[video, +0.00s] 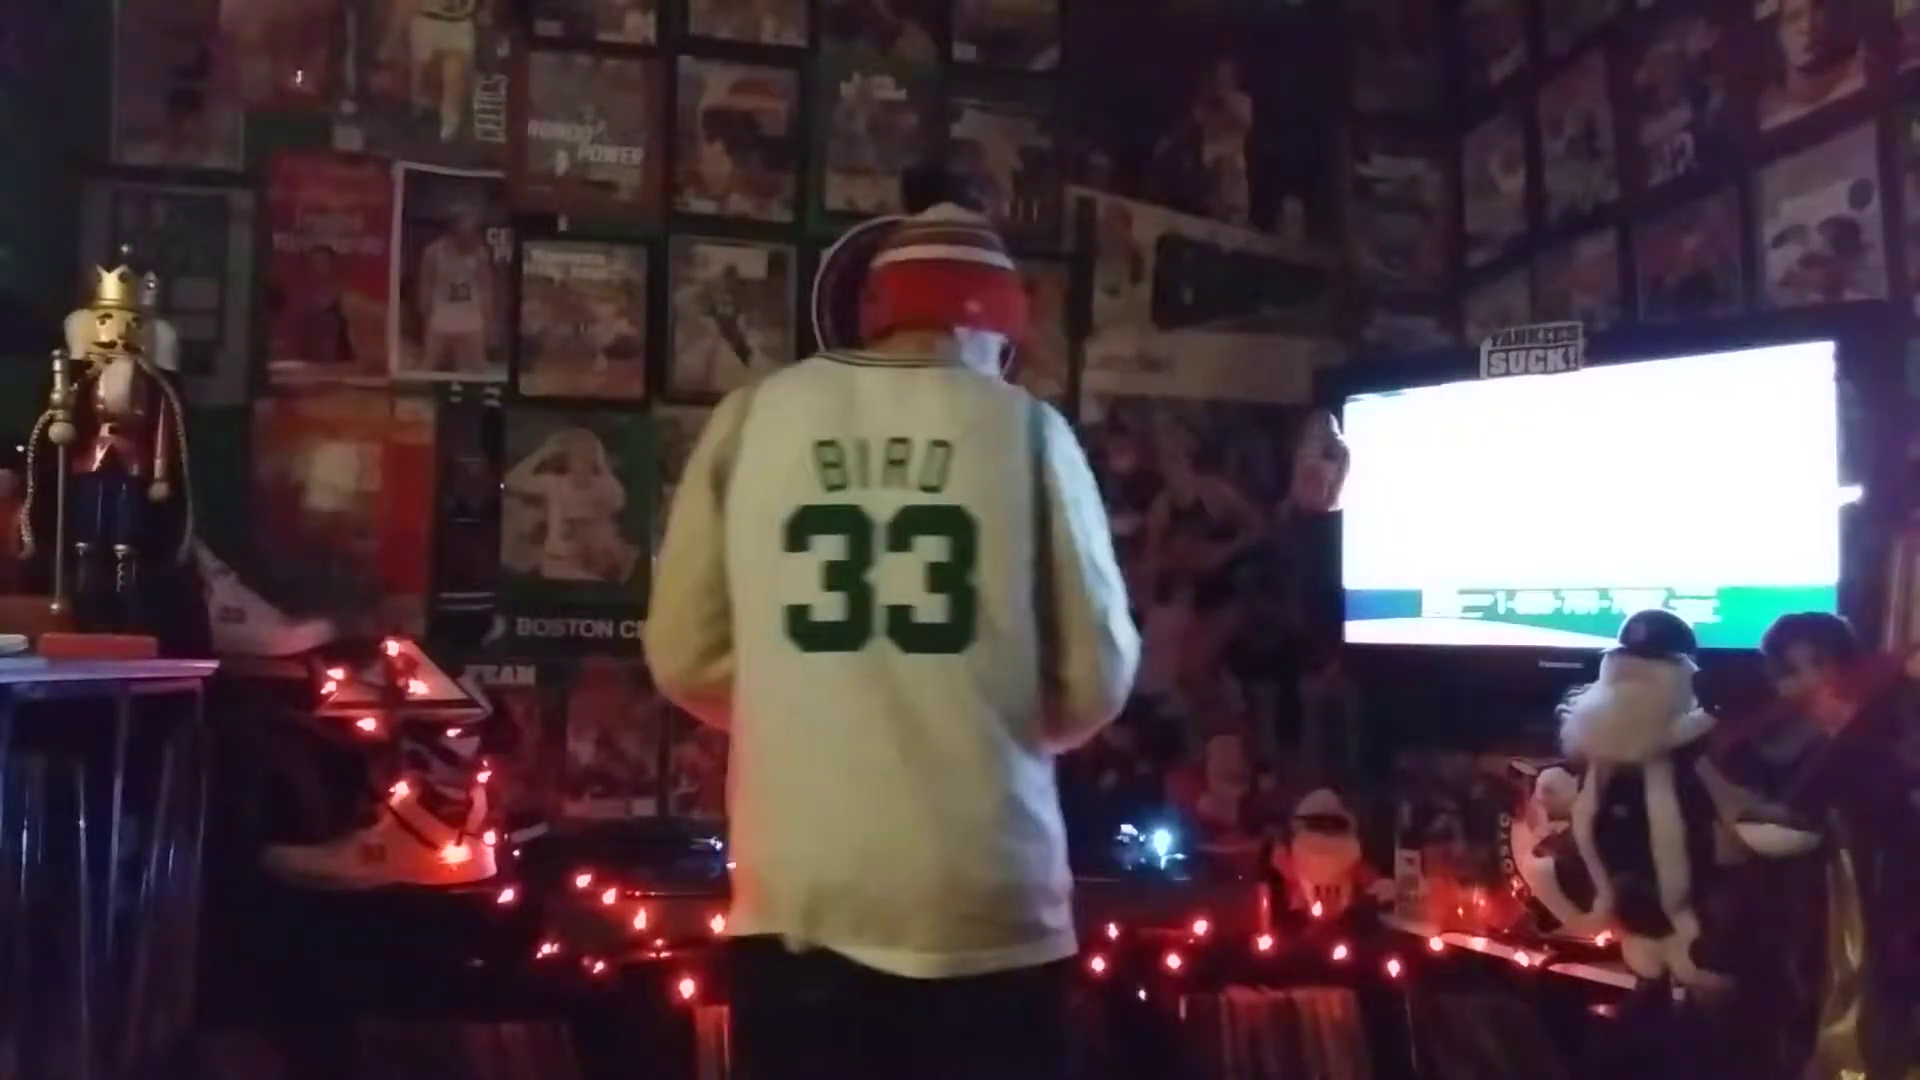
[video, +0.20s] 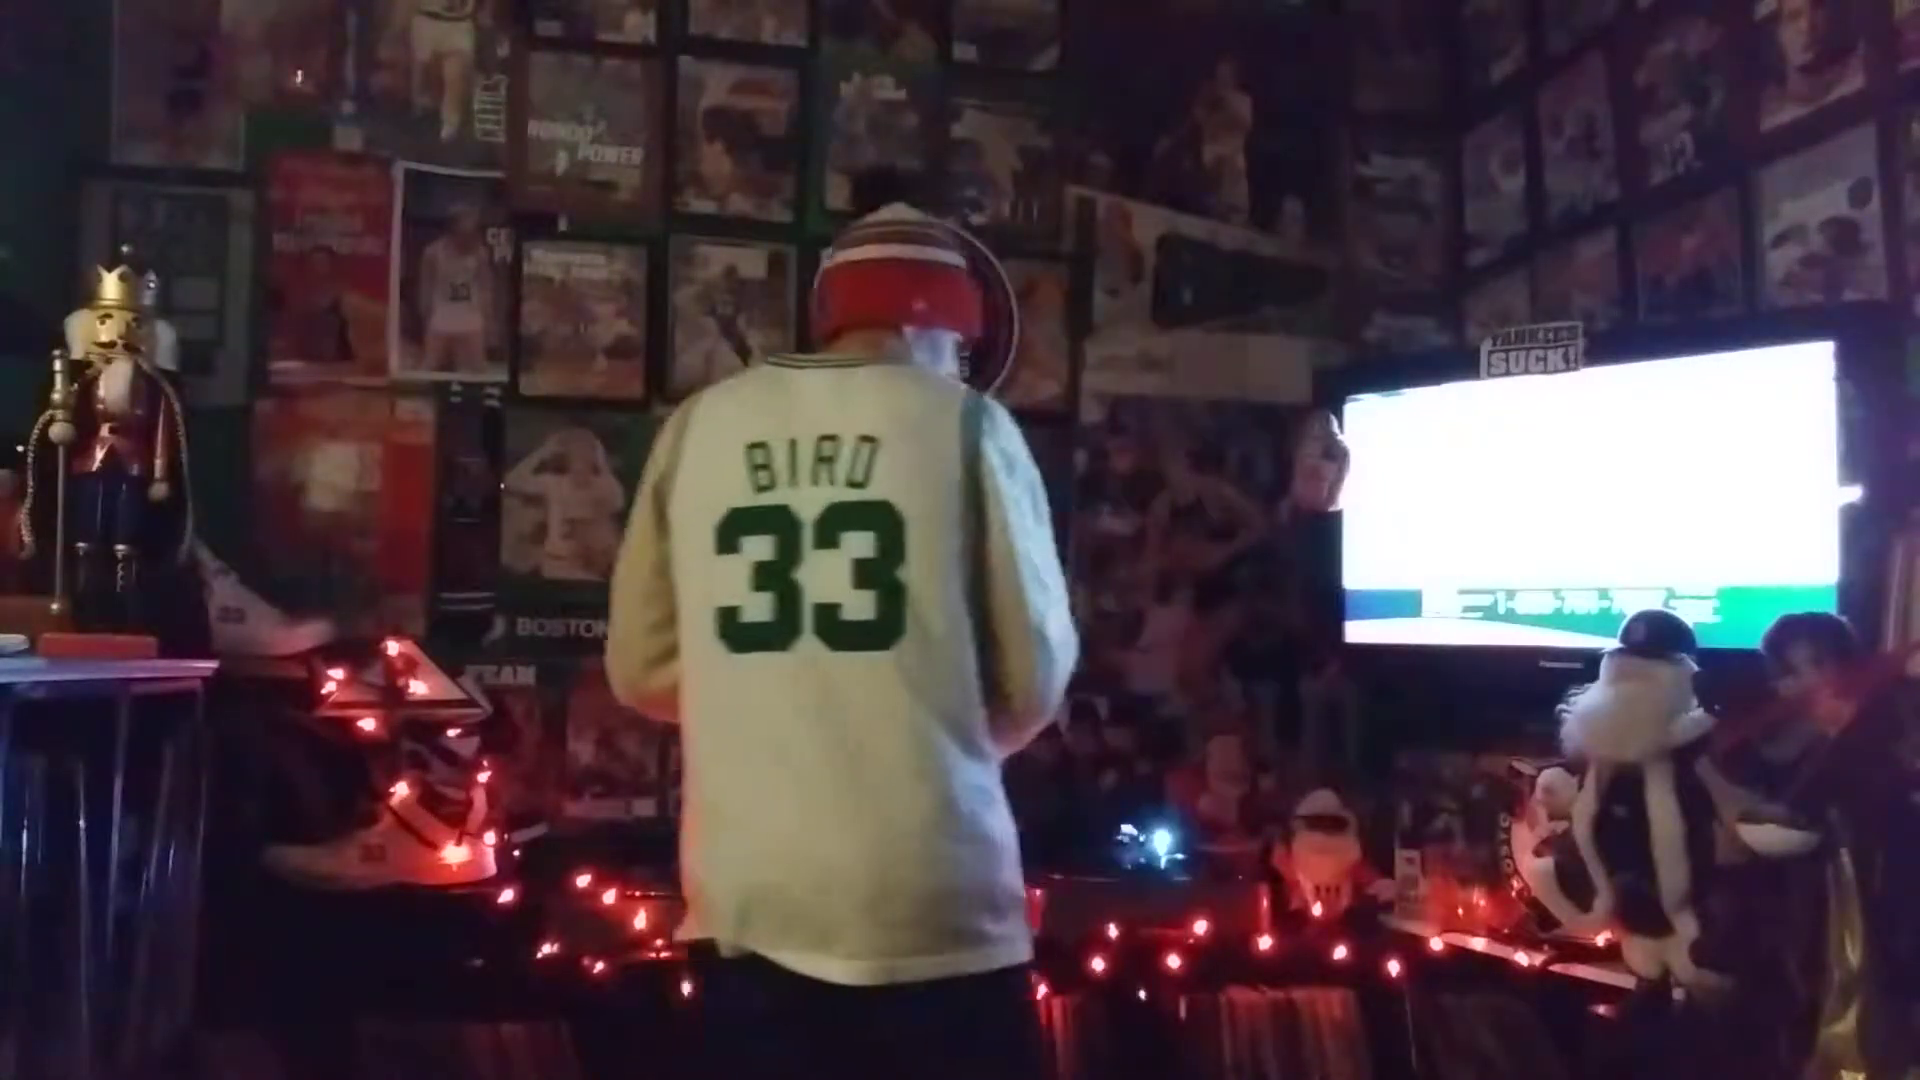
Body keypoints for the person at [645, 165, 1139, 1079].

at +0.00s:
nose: (1013, 352)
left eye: (1011, 339)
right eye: (1010, 335)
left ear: (874, 316)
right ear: (994, 327)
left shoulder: (756, 412)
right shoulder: (1032, 430)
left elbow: (685, 653)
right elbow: (1093, 678)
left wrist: (809, 721)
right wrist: (982, 735)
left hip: (796, 903)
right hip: (990, 908)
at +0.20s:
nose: (966, 363)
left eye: (966, 347)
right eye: (963, 343)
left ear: (828, 317)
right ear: (942, 331)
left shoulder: (699, 423)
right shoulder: (970, 424)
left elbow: (642, 667)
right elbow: (1032, 682)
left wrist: (775, 704)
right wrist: (930, 753)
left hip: (750, 906)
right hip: (939, 911)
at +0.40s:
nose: (945, 366)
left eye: (945, 353)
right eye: (943, 348)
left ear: (805, 320)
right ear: (923, 332)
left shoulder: (664, 427)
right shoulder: (934, 420)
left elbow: (595, 665)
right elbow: (998, 681)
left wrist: (732, 719)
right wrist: (935, 762)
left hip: (712, 917)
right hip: (907, 918)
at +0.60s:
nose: (932, 351)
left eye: (933, 340)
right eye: (927, 334)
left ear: (785, 315)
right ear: (904, 329)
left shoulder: (648, 421)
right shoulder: (928, 417)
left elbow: (561, 659)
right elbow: (1003, 669)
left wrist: (705, 714)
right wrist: (929, 763)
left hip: (710, 919)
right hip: (908, 917)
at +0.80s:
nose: (929, 349)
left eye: (928, 336)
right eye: (925, 332)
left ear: (781, 306)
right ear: (905, 322)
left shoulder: (648, 412)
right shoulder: (945, 411)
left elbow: (567, 664)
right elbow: (1025, 677)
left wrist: (706, 703)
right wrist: (907, 748)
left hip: (706, 925)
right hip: (914, 925)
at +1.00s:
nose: (956, 327)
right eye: (955, 309)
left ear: (806, 287)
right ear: (940, 305)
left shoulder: (669, 399)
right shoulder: (990, 407)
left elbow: (575, 663)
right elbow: (1056, 692)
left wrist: (717, 704)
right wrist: (922, 751)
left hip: (719, 936)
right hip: (930, 939)